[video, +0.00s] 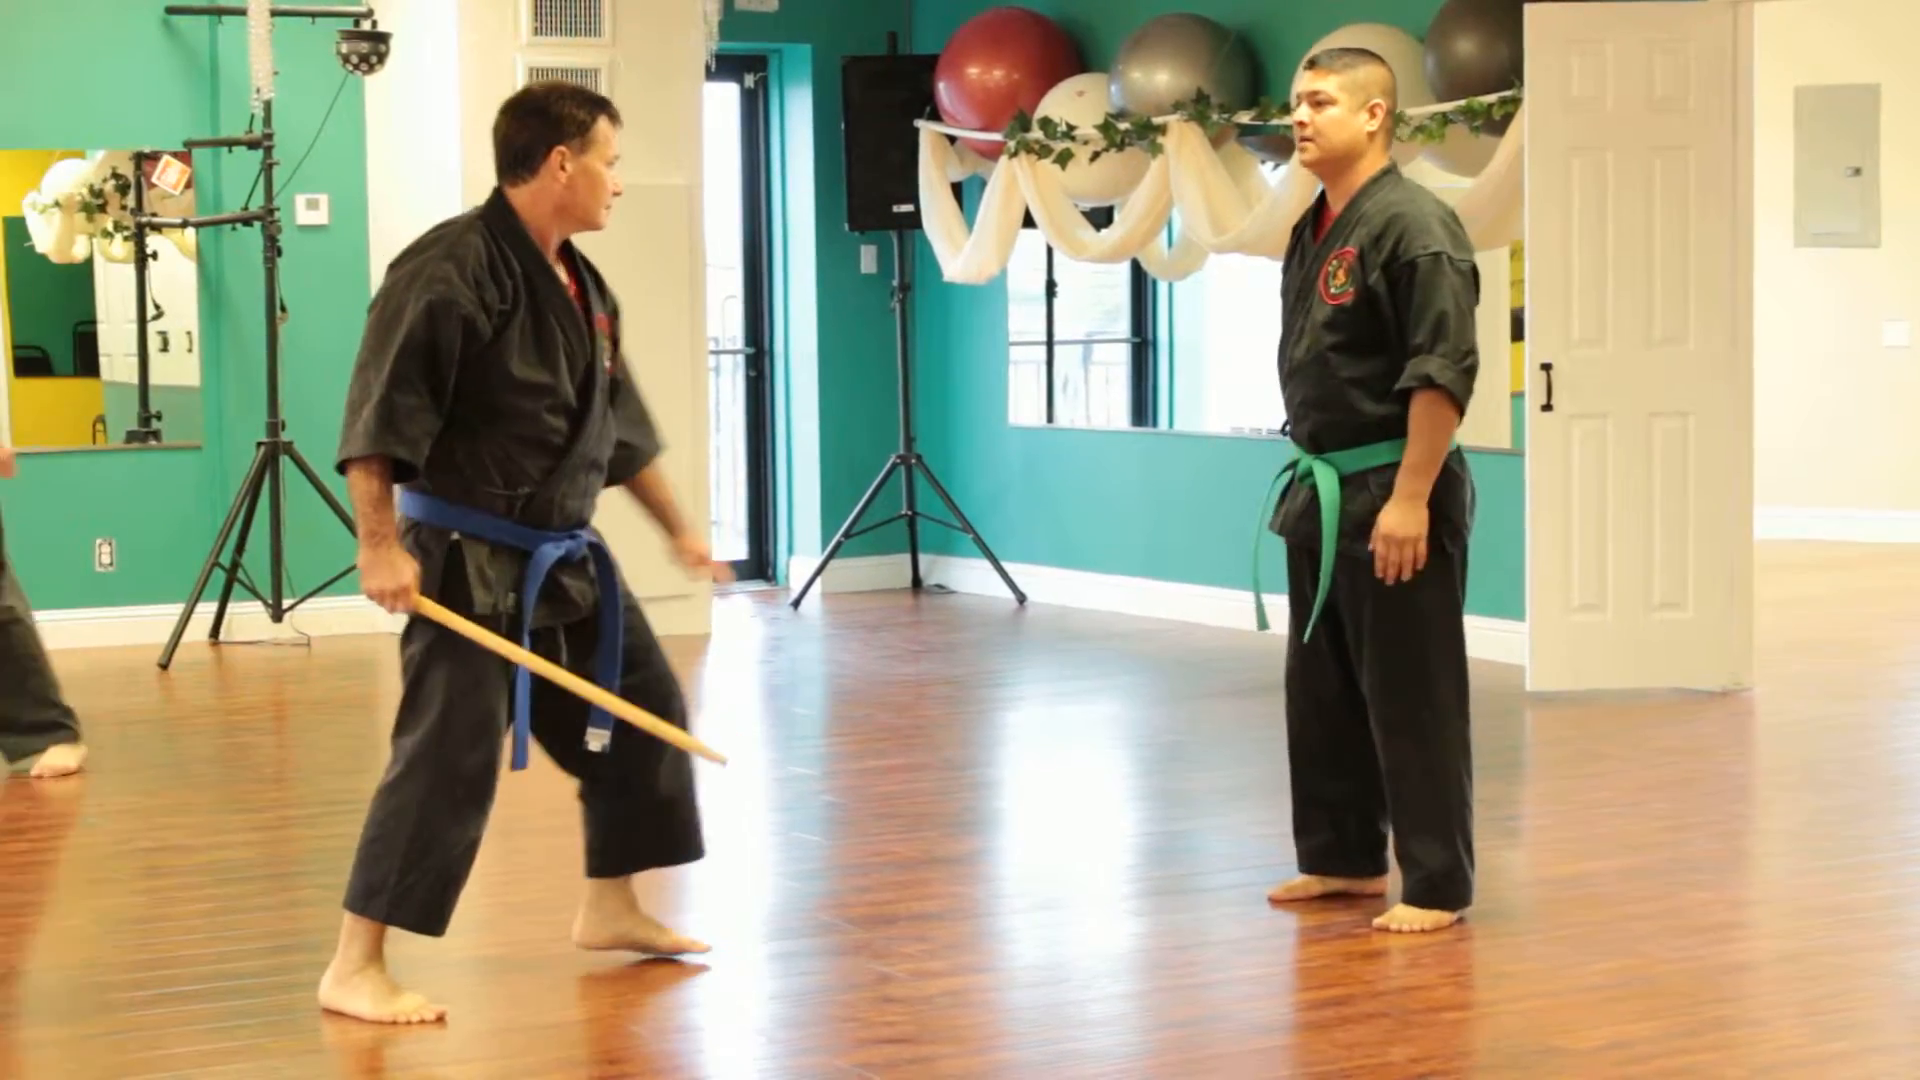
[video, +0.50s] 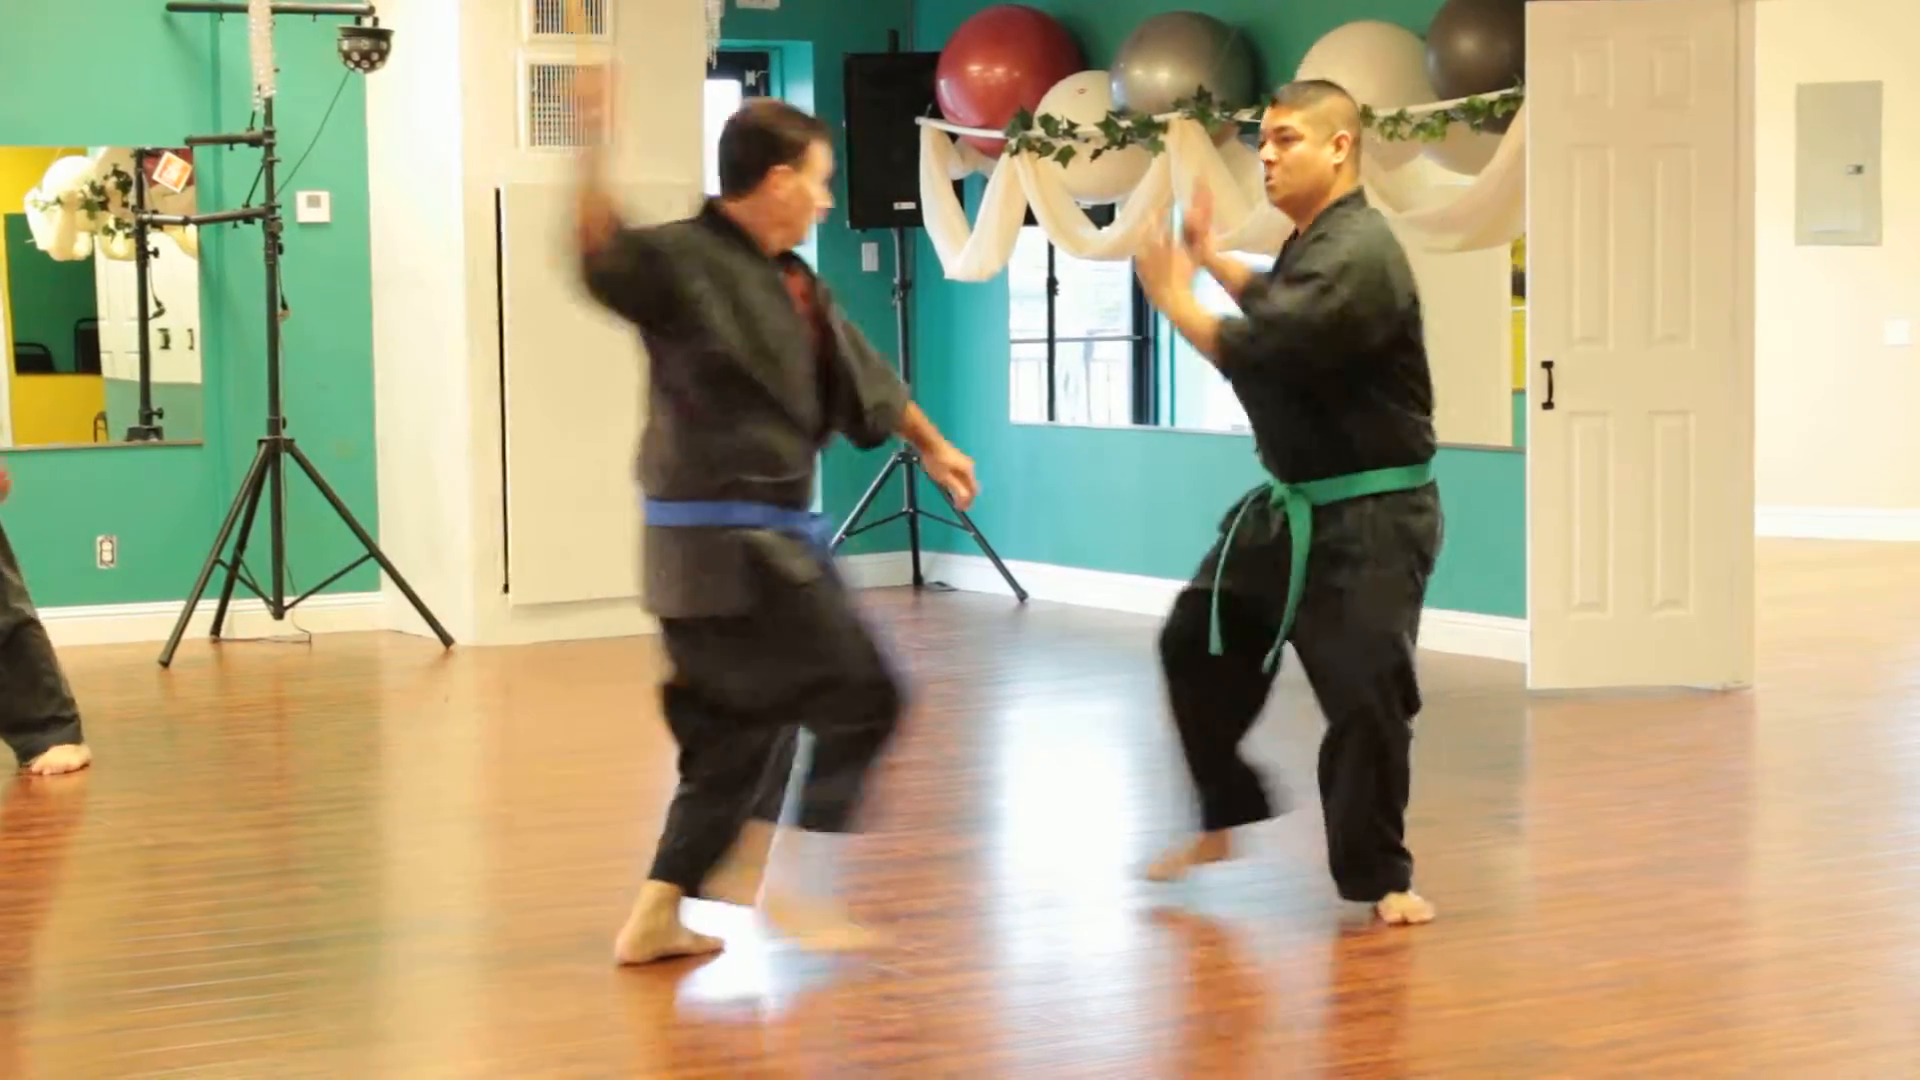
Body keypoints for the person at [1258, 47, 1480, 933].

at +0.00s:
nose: (1299, 118)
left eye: (1319, 102)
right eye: (1297, 104)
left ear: (1375, 116)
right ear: (1301, 121)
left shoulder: (1416, 222)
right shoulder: (1314, 225)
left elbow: (1443, 373)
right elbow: (1316, 360)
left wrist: (1412, 496)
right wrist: (1304, 470)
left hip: (1398, 479)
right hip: (1325, 479)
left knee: (1412, 691)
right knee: (1327, 684)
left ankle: (1437, 887)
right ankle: (1345, 861)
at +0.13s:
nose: (1290, 119)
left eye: (1310, 104)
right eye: (1290, 105)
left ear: (1367, 119)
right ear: (1299, 122)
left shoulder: (1407, 225)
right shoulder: (1310, 225)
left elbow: (1430, 375)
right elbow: (1313, 362)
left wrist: (1400, 498)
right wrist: (1298, 476)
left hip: (1390, 480)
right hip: (1321, 480)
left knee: (1407, 691)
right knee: (1324, 684)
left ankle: (1437, 888)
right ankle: (1346, 861)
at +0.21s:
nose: (1282, 121)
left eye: (1302, 106)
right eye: (1283, 107)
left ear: (1360, 119)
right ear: (1295, 124)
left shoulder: (1397, 226)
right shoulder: (1306, 226)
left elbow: (1419, 376)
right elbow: (1308, 363)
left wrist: (1385, 497)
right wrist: (1293, 476)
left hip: (1386, 480)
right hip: (1320, 480)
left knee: (1397, 689)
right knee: (1322, 684)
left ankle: (1434, 884)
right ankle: (1347, 861)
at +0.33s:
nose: (1276, 131)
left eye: (1295, 116)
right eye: (1274, 118)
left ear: (1352, 127)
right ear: (1291, 132)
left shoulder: (1377, 233)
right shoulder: (1313, 228)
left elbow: (1375, 385)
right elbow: (1312, 373)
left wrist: (1301, 477)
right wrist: (1268, 454)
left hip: (1385, 487)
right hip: (1318, 480)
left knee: (1375, 679)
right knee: (1307, 675)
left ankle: (1388, 873)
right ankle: (1336, 861)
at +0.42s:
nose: (1272, 144)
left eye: (1291, 129)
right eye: (1269, 131)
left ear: (1347, 140)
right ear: (1274, 145)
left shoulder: (1366, 239)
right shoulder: (1310, 241)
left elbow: (1335, 370)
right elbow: (1283, 369)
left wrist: (1220, 383)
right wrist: (1264, 387)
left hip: (1379, 497)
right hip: (1303, 494)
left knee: (1373, 688)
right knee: (1246, 658)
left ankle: (1384, 873)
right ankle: (1308, 824)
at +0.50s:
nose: (1268, 154)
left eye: (1286, 139)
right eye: (1264, 140)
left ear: (1340, 150)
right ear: (1269, 153)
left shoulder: (1359, 253)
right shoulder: (1309, 244)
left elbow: (1255, 349)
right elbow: (1282, 296)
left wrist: (1170, 291)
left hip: (1371, 505)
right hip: (1291, 500)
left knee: (1366, 684)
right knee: (1199, 642)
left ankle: (1383, 878)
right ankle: (1226, 812)